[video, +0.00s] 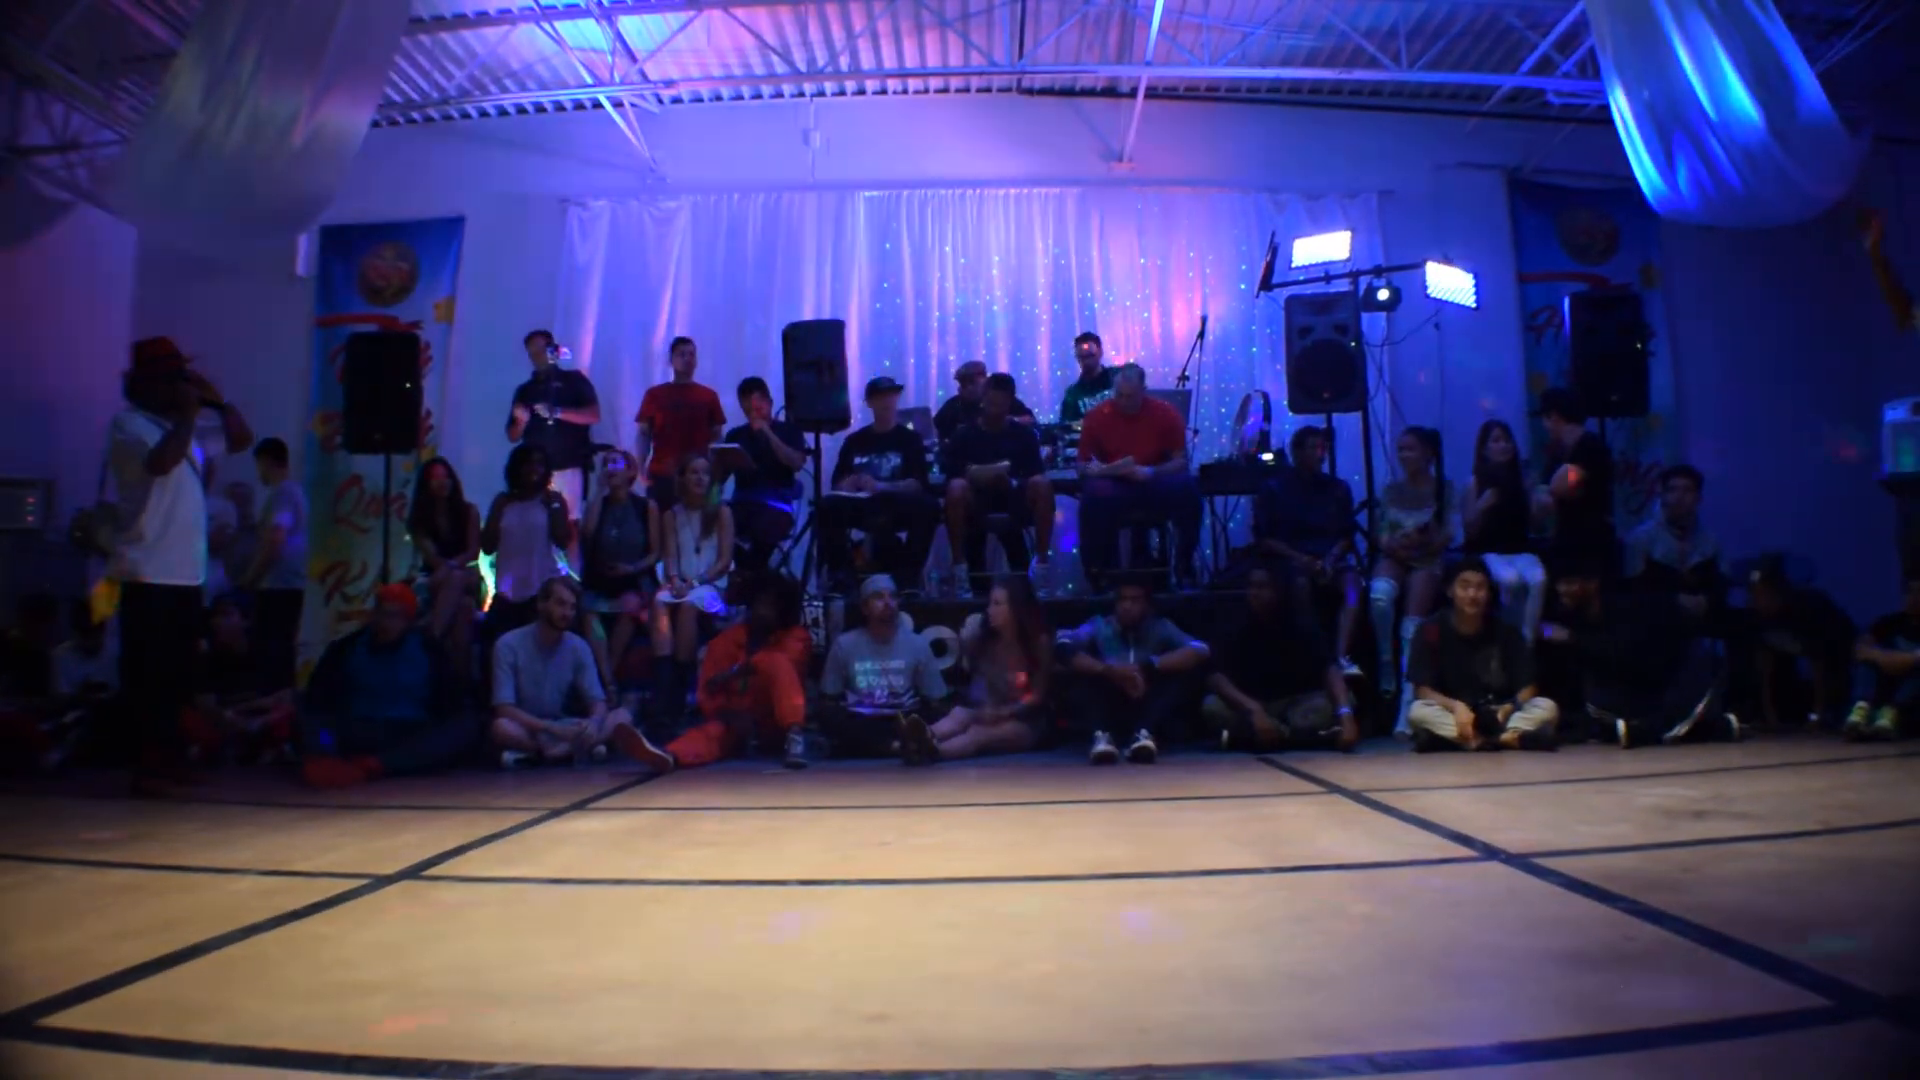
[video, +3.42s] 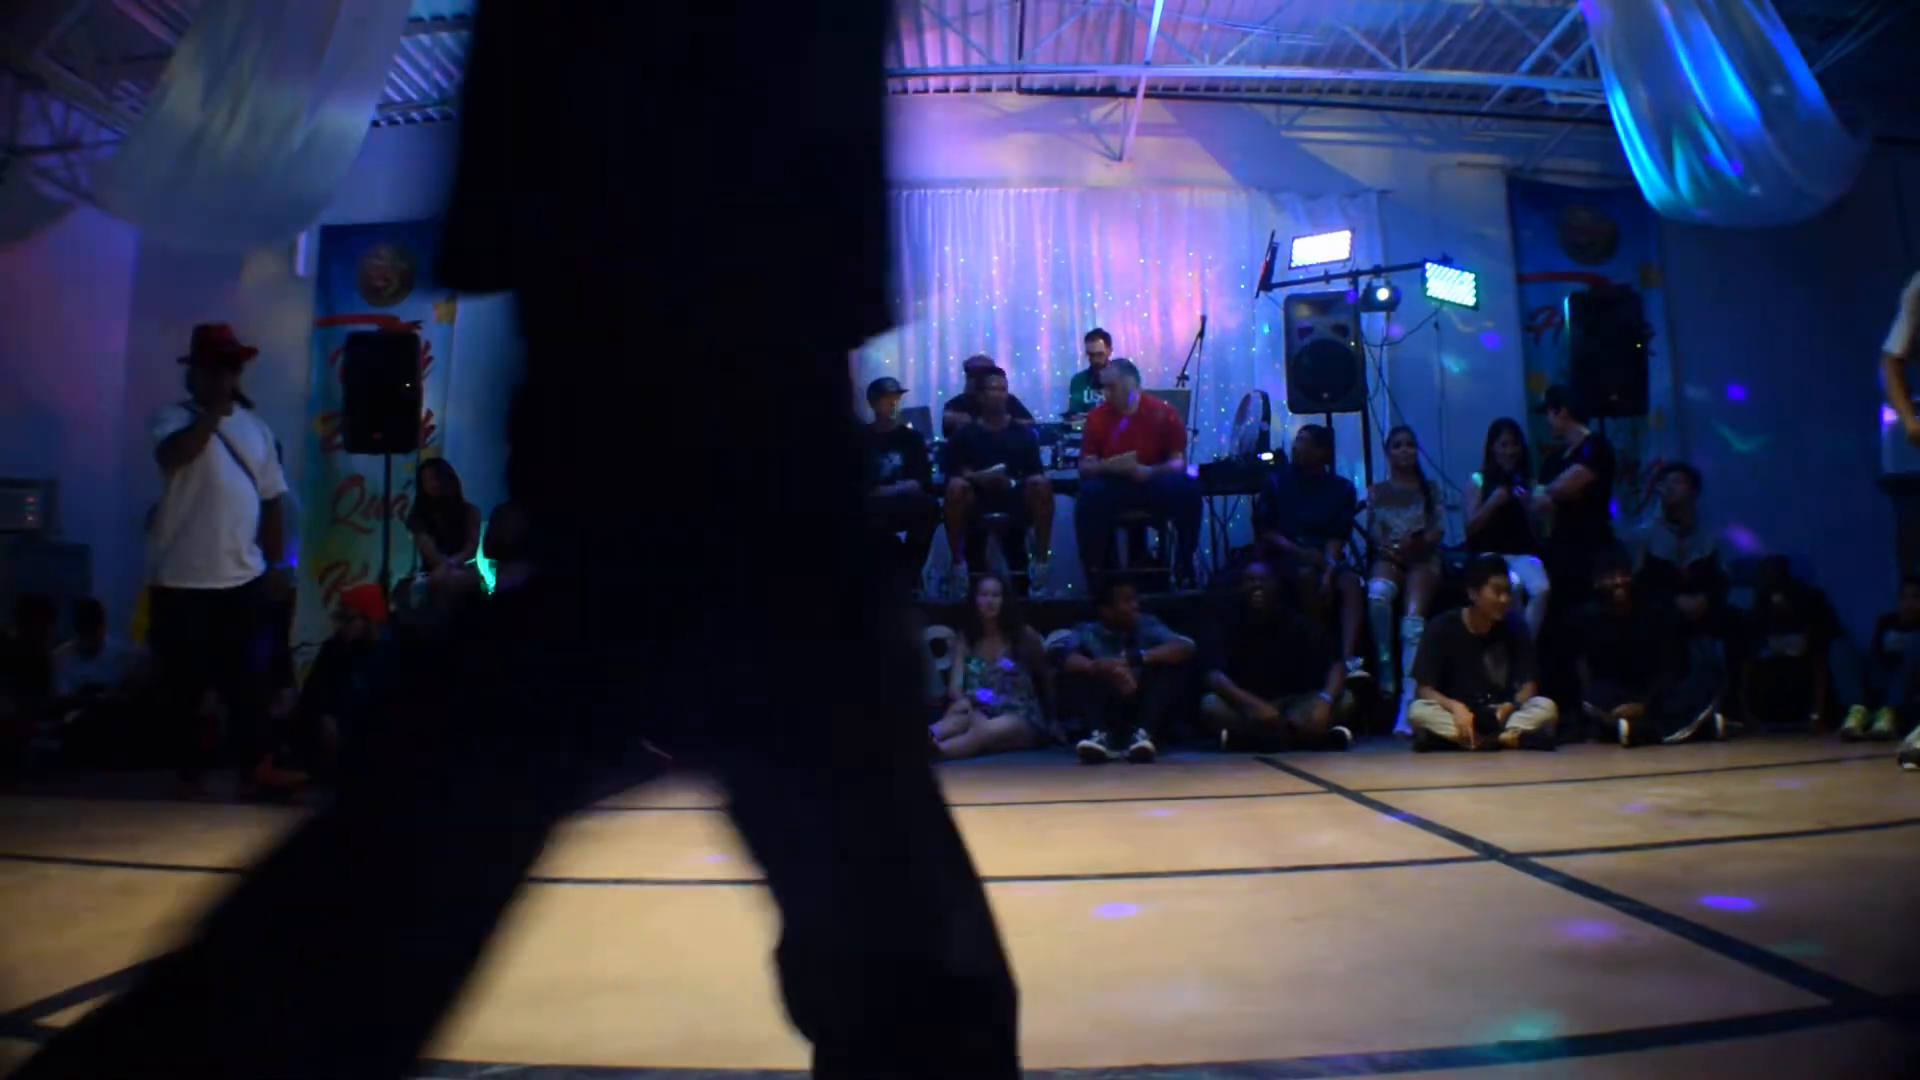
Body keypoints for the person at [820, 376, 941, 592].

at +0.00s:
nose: (887, 403)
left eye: (891, 397)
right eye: (881, 398)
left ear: (897, 400)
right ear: (870, 403)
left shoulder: (910, 439)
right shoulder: (854, 441)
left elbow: (918, 483)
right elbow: (837, 485)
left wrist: (878, 486)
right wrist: (852, 484)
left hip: (897, 502)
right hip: (861, 503)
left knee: (928, 508)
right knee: (827, 507)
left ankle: (908, 579)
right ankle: (841, 578)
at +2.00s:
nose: (909, 408)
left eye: (910, 403)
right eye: (904, 403)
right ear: (886, 405)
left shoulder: (915, 440)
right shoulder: (857, 438)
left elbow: (919, 484)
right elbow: (836, 482)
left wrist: (875, 485)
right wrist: (851, 483)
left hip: (898, 503)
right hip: (860, 503)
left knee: (927, 508)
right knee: (825, 507)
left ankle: (910, 579)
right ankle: (839, 576)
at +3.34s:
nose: (893, 405)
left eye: (896, 399)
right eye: (887, 399)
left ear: (900, 402)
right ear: (874, 404)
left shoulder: (912, 438)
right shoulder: (856, 439)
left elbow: (922, 481)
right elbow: (842, 479)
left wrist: (893, 490)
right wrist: (845, 486)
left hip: (899, 503)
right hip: (862, 503)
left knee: (927, 507)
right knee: (829, 507)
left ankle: (909, 576)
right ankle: (838, 574)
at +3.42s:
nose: (893, 404)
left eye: (895, 399)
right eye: (886, 399)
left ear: (899, 401)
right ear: (873, 403)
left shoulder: (912, 437)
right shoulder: (861, 438)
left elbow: (921, 481)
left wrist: (890, 490)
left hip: (907, 502)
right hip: (872, 506)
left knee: (928, 510)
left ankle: (912, 575)